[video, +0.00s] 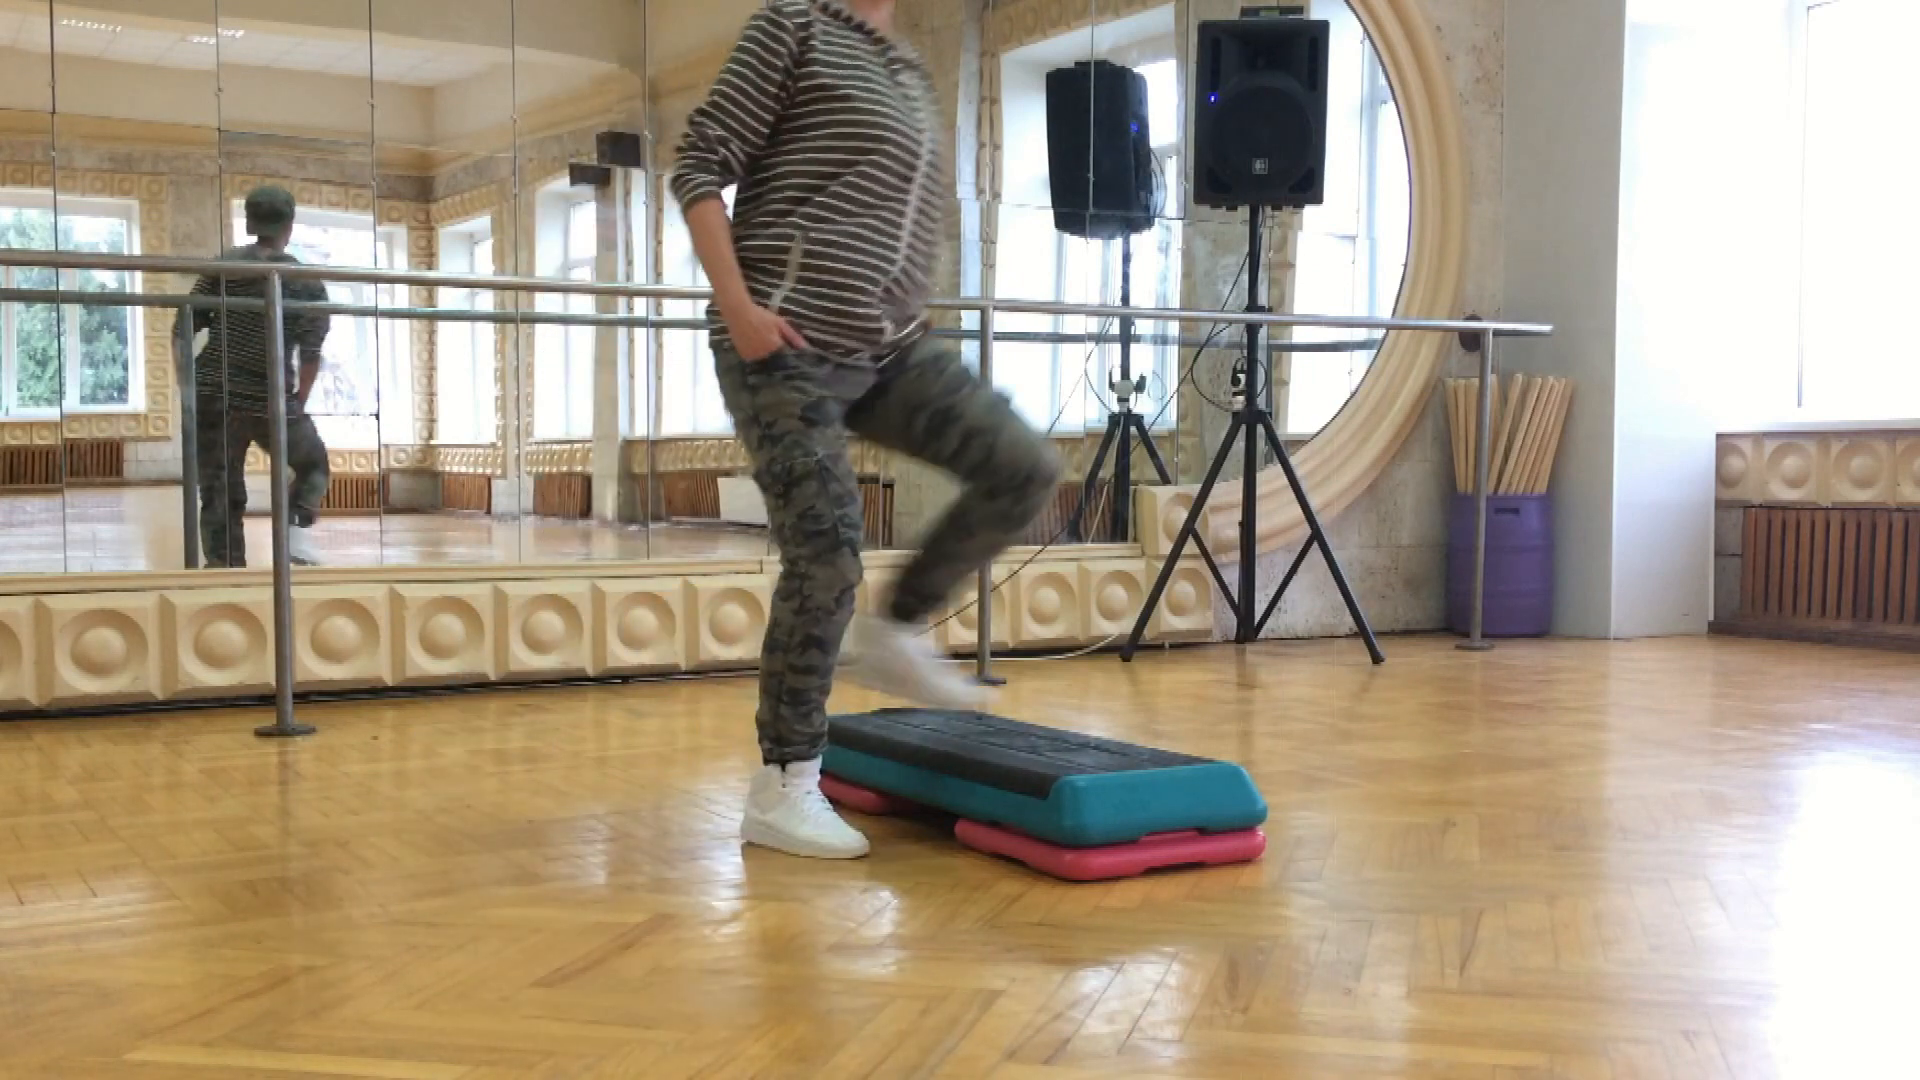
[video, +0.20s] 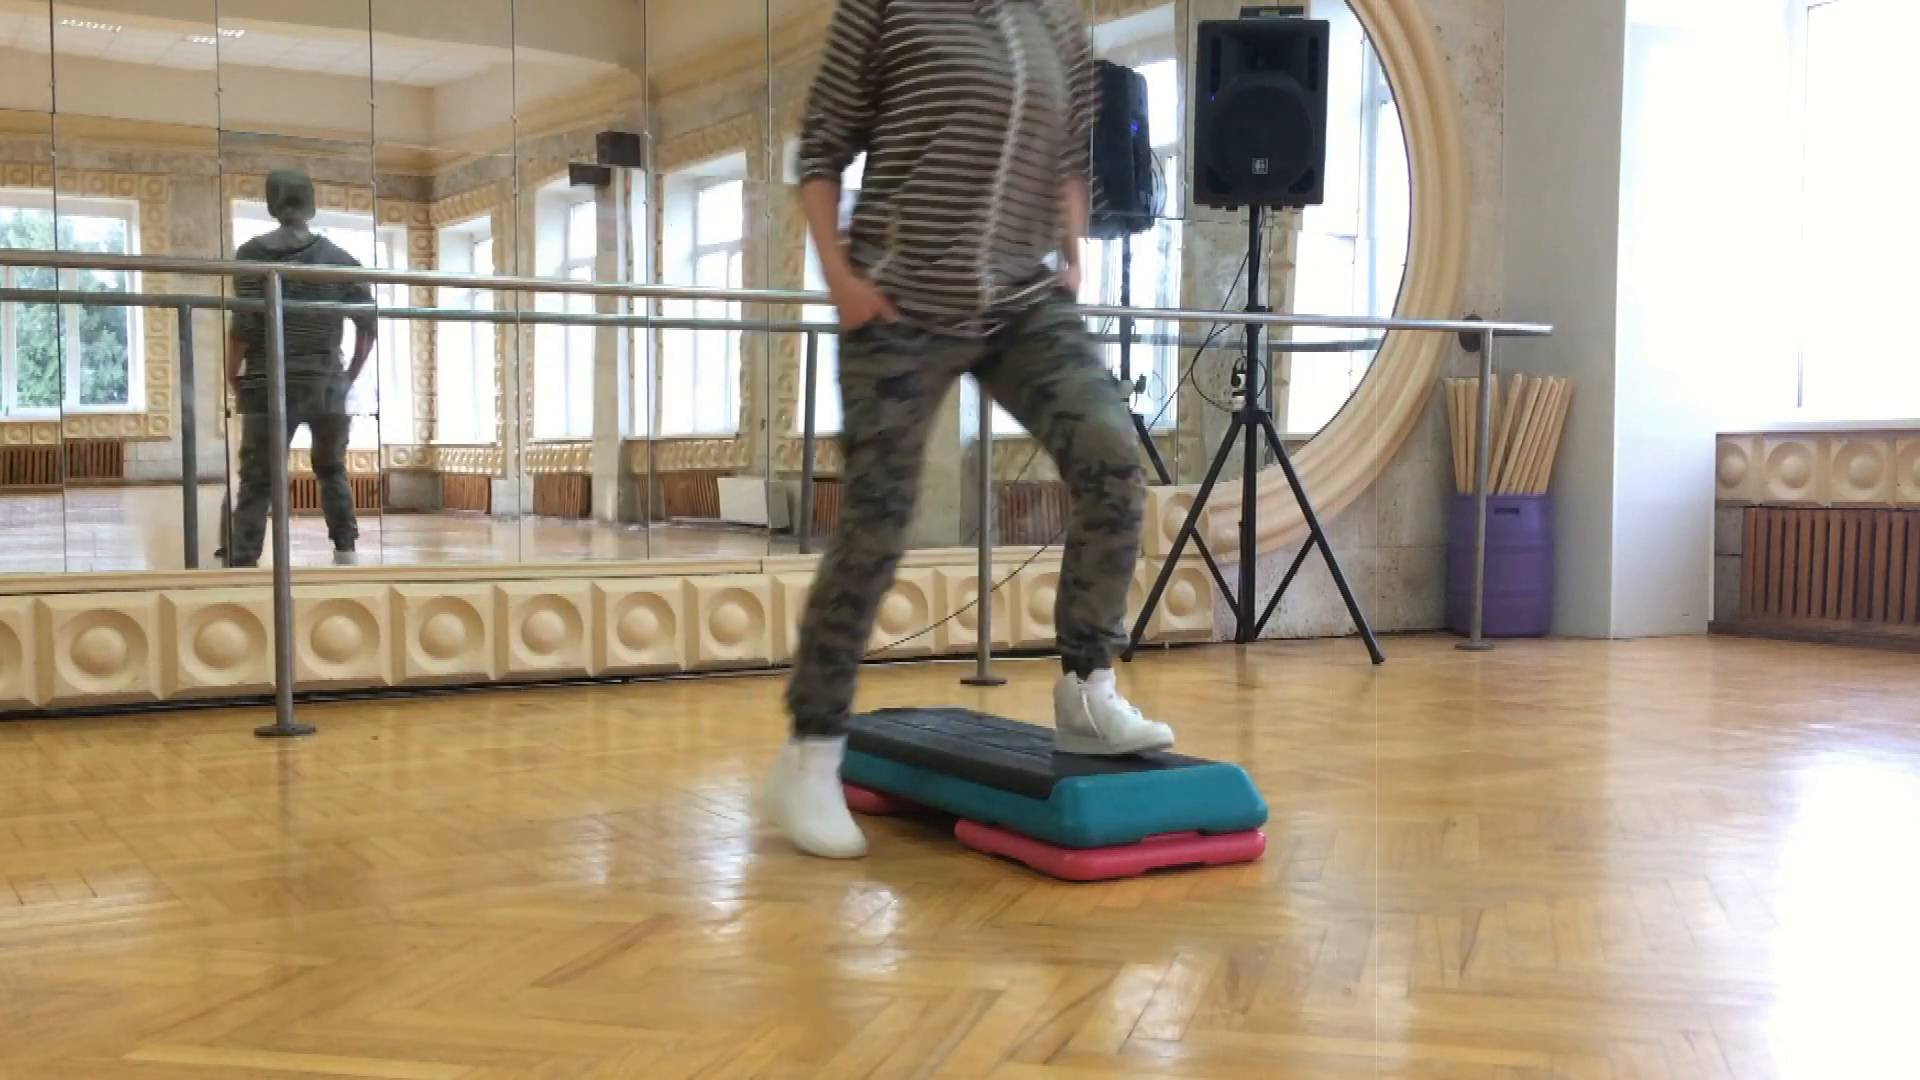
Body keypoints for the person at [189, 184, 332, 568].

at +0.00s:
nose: (284, 230)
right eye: (288, 223)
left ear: (248, 223)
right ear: (289, 226)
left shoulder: (222, 266)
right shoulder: (304, 278)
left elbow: (182, 328)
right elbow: (312, 350)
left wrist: (188, 382)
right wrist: (300, 398)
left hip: (214, 396)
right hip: (269, 398)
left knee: (221, 492)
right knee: (313, 465)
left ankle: (225, 581)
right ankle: (297, 532)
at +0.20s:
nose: (283, 211)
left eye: (275, 204)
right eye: (301, 205)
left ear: (272, 207)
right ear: (311, 205)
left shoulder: (252, 254)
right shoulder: (339, 259)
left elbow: (245, 322)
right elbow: (368, 322)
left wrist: (233, 374)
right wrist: (351, 374)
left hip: (267, 384)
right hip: (325, 384)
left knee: (256, 479)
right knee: (332, 468)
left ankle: (242, 566)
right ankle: (346, 553)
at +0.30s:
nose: (290, 211)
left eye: (284, 204)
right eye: (301, 204)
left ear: (283, 205)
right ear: (322, 203)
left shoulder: (270, 253)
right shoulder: (356, 257)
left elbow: (278, 317)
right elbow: (374, 317)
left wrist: (268, 366)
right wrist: (362, 362)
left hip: (304, 385)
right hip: (357, 385)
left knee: (267, 469)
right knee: (343, 468)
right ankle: (347, 552)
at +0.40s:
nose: (296, 208)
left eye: (293, 202)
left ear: (295, 206)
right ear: (333, 204)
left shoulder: (292, 253)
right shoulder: (360, 252)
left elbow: (306, 323)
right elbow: (387, 316)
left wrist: (296, 379)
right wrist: (369, 363)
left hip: (329, 383)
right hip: (369, 382)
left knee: (294, 468)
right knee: (350, 472)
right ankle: (349, 558)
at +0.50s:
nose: (313, 214)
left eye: (308, 207)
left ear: (309, 210)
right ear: (347, 209)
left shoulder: (310, 259)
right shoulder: (365, 253)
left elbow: (323, 325)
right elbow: (393, 317)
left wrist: (327, 382)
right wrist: (381, 363)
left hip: (352, 380)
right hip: (385, 378)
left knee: (352, 481)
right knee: (349, 471)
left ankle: (420, 540)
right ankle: (349, 557)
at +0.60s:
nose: (346, 228)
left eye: (333, 222)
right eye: (353, 220)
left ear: (326, 225)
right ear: (362, 222)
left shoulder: (330, 271)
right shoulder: (375, 266)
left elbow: (350, 330)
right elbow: (406, 330)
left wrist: (350, 390)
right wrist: (382, 366)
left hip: (374, 389)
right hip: (401, 387)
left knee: (395, 492)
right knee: (350, 467)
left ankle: (457, 559)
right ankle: (348, 557)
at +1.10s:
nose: (366, 246)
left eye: (359, 239)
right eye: (370, 239)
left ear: (351, 245)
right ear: (382, 243)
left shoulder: (342, 297)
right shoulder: (405, 286)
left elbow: (362, 355)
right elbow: (438, 345)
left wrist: (363, 413)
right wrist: (432, 394)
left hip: (388, 406)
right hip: (428, 403)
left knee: (388, 504)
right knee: (410, 493)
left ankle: (433, 547)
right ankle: (402, 572)